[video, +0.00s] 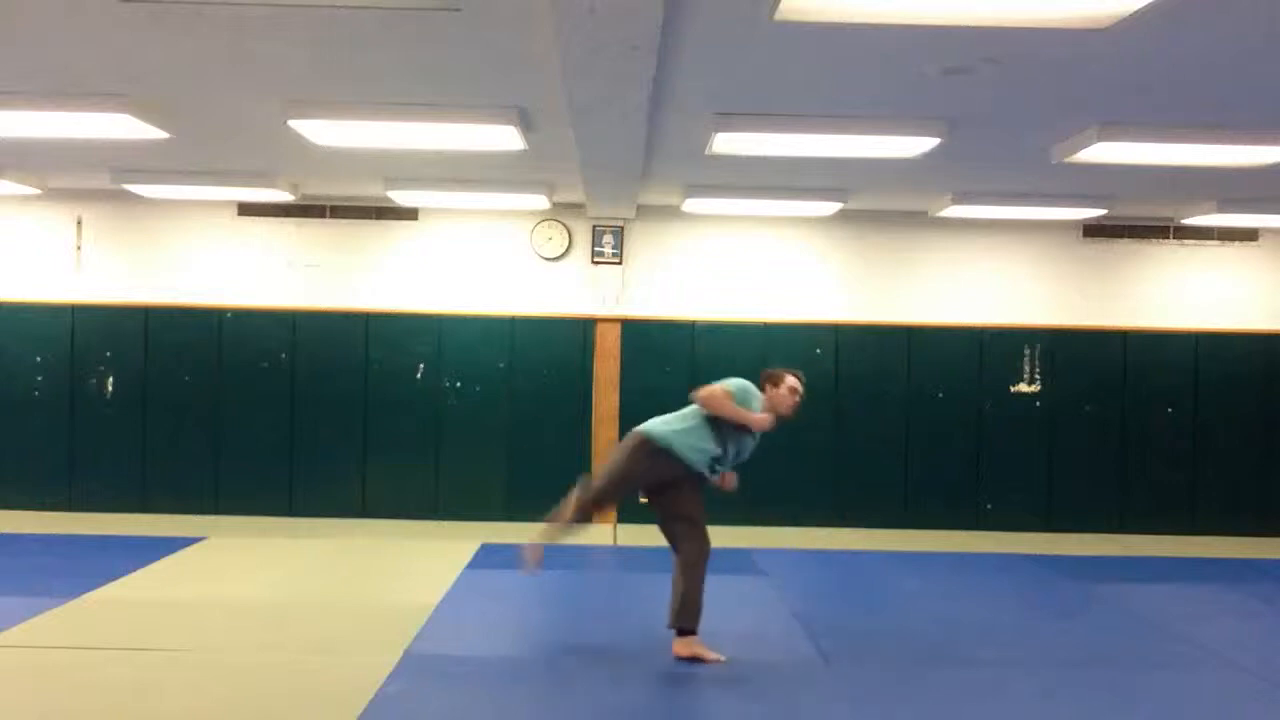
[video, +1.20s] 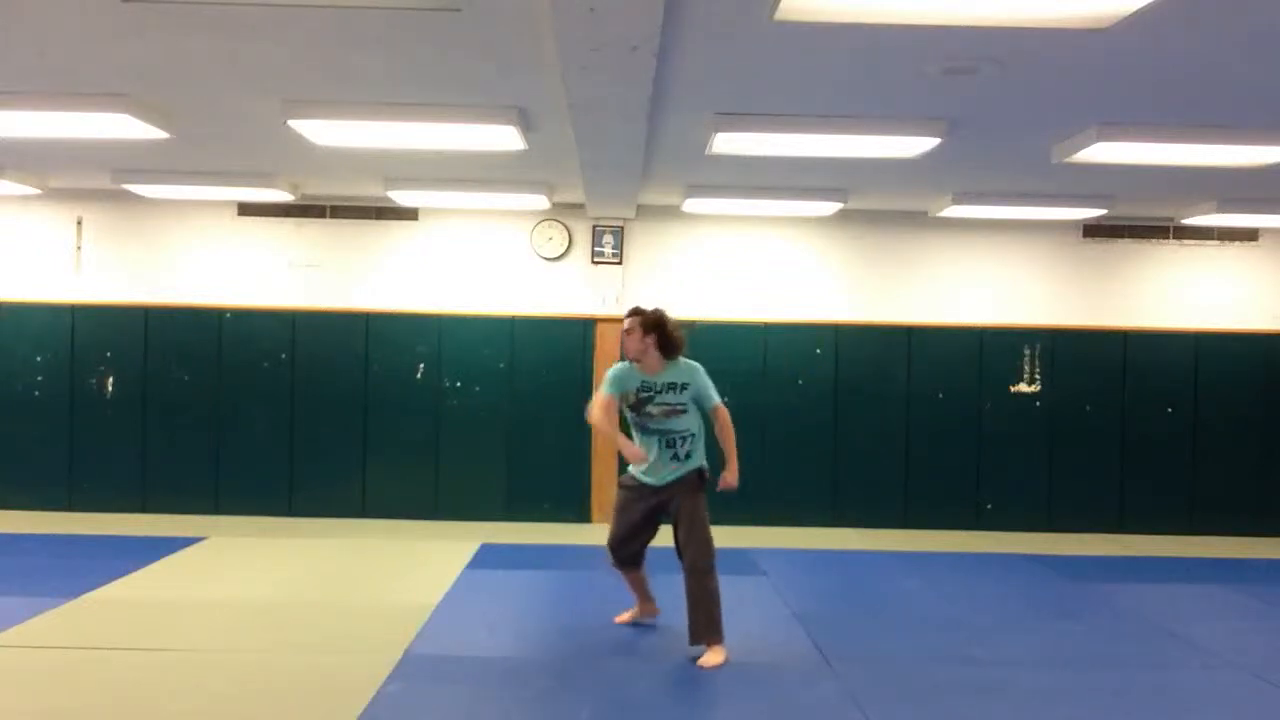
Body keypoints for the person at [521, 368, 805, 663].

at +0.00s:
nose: (797, 399)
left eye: (799, 394)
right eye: (792, 390)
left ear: (789, 401)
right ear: (770, 387)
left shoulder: (752, 437)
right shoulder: (744, 390)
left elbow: (707, 451)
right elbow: (705, 396)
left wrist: (721, 473)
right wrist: (751, 419)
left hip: (682, 476)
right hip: (654, 445)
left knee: (694, 549)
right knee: (596, 495)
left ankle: (685, 639)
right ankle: (544, 535)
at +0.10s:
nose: (762, 377)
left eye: (768, 373)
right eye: (758, 367)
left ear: (769, 383)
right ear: (738, 365)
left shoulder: (745, 424)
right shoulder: (700, 380)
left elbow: (720, 466)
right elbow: (649, 399)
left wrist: (720, 460)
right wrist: (691, 422)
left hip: (679, 485)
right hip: (636, 471)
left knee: (697, 553)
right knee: (598, 544)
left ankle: (686, 639)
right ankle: (578, 606)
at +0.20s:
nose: (704, 359)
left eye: (713, 355)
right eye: (700, 350)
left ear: (719, 362)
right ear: (684, 349)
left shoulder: (721, 400)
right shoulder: (652, 378)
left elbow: (726, 452)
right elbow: (615, 412)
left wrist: (690, 435)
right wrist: (633, 429)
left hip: (677, 482)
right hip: (631, 476)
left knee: (695, 551)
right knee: (597, 549)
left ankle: (691, 637)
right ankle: (588, 612)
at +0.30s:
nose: (660, 340)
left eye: (668, 334)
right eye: (655, 332)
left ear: (679, 341)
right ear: (644, 336)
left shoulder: (695, 375)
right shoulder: (630, 370)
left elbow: (710, 427)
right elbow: (617, 409)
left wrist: (663, 411)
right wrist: (617, 417)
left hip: (678, 476)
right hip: (632, 471)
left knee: (688, 548)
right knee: (607, 546)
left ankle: (695, 636)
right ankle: (589, 612)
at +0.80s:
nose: (653, 330)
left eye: (662, 325)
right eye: (650, 324)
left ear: (681, 332)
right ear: (646, 331)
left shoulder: (703, 376)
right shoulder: (633, 366)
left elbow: (730, 424)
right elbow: (600, 409)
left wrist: (701, 423)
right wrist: (630, 425)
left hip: (678, 479)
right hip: (631, 476)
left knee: (688, 558)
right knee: (604, 549)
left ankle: (713, 643)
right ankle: (588, 612)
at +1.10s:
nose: (640, 332)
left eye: (647, 326)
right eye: (640, 326)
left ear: (670, 332)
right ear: (646, 333)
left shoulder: (706, 370)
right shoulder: (634, 367)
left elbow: (729, 411)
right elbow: (620, 415)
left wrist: (731, 458)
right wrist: (655, 449)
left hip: (688, 477)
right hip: (641, 474)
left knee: (698, 557)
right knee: (613, 539)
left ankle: (714, 643)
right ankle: (631, 593)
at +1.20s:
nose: (623, 340)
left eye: (629, 334)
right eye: (623, 333)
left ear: (651, 339)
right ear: (634, 339)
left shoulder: (691, 372)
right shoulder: (620, 375)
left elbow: (719, 414)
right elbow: (598, 415)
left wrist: (732, 465)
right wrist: (626, 447)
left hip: (686, 478)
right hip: (640, 479)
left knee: (698, 558)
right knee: (621, 548)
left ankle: (714, 644)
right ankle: (645, 605)